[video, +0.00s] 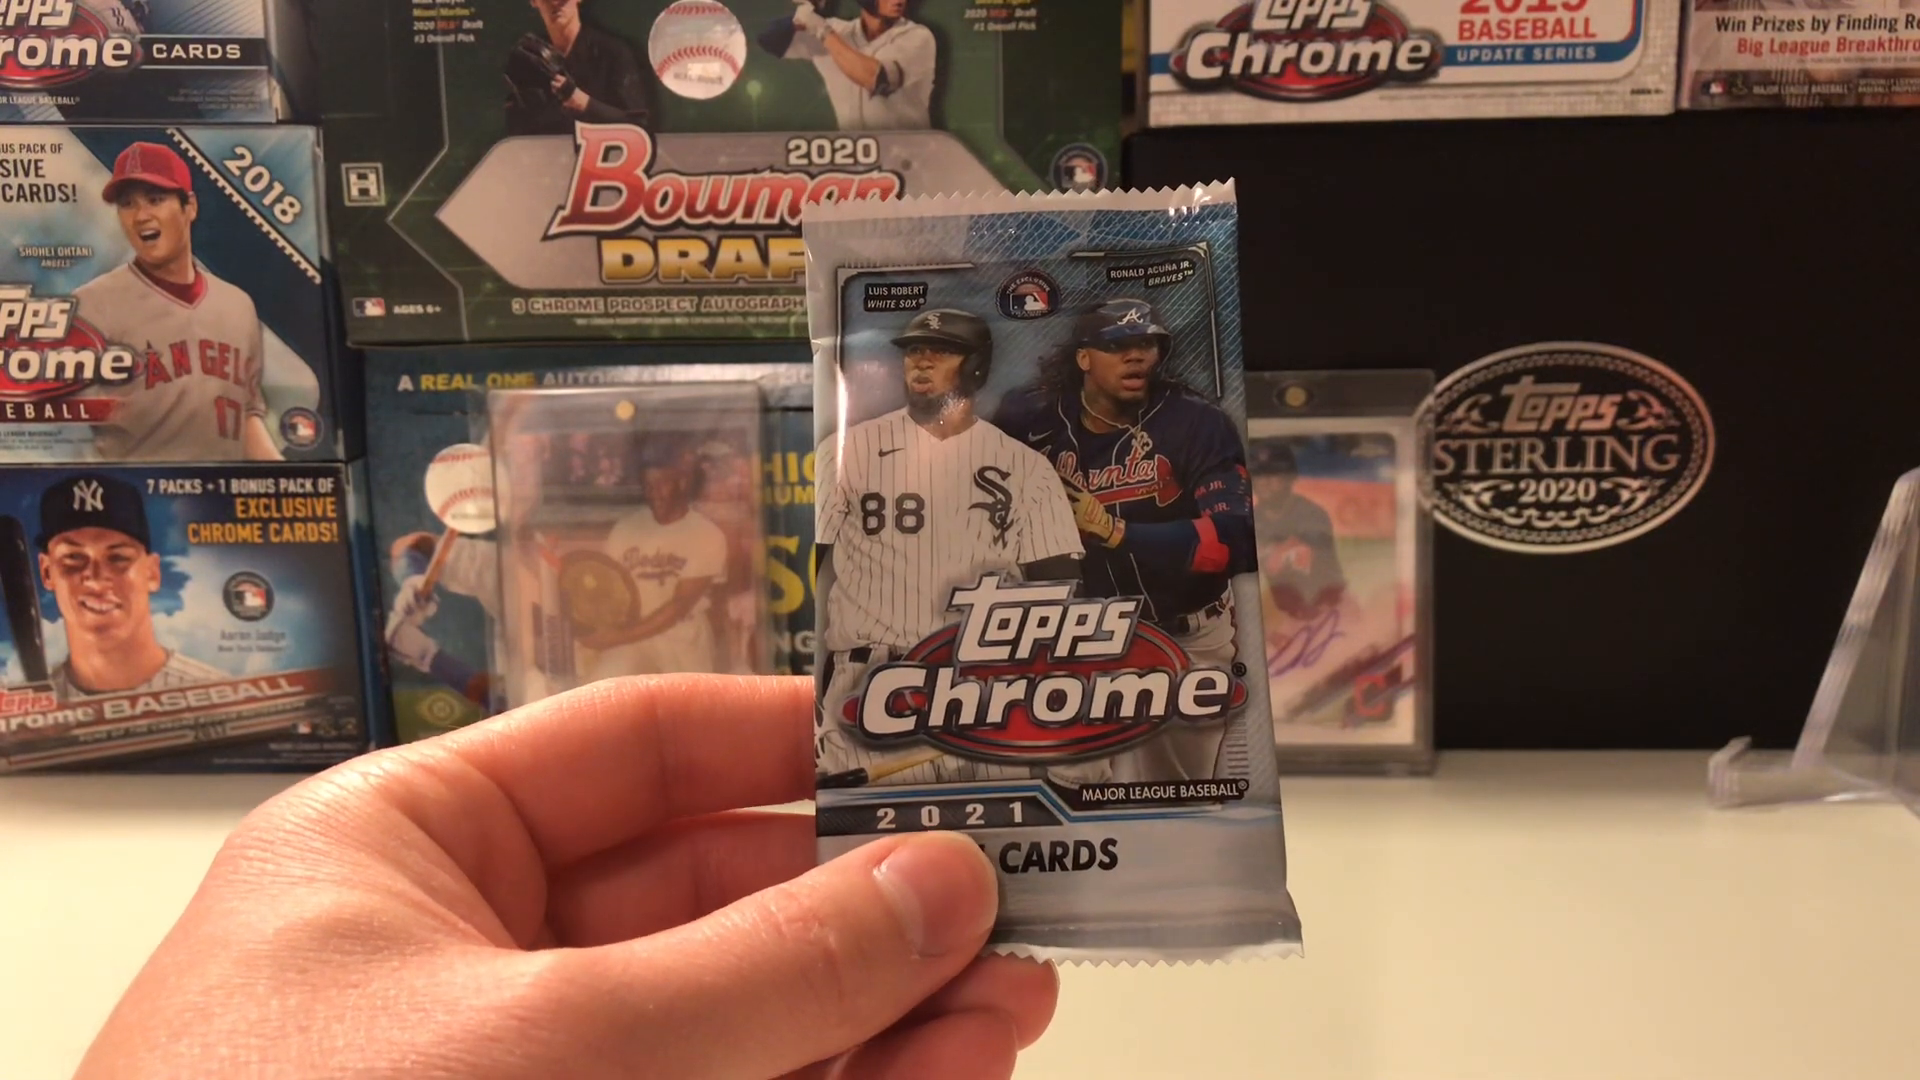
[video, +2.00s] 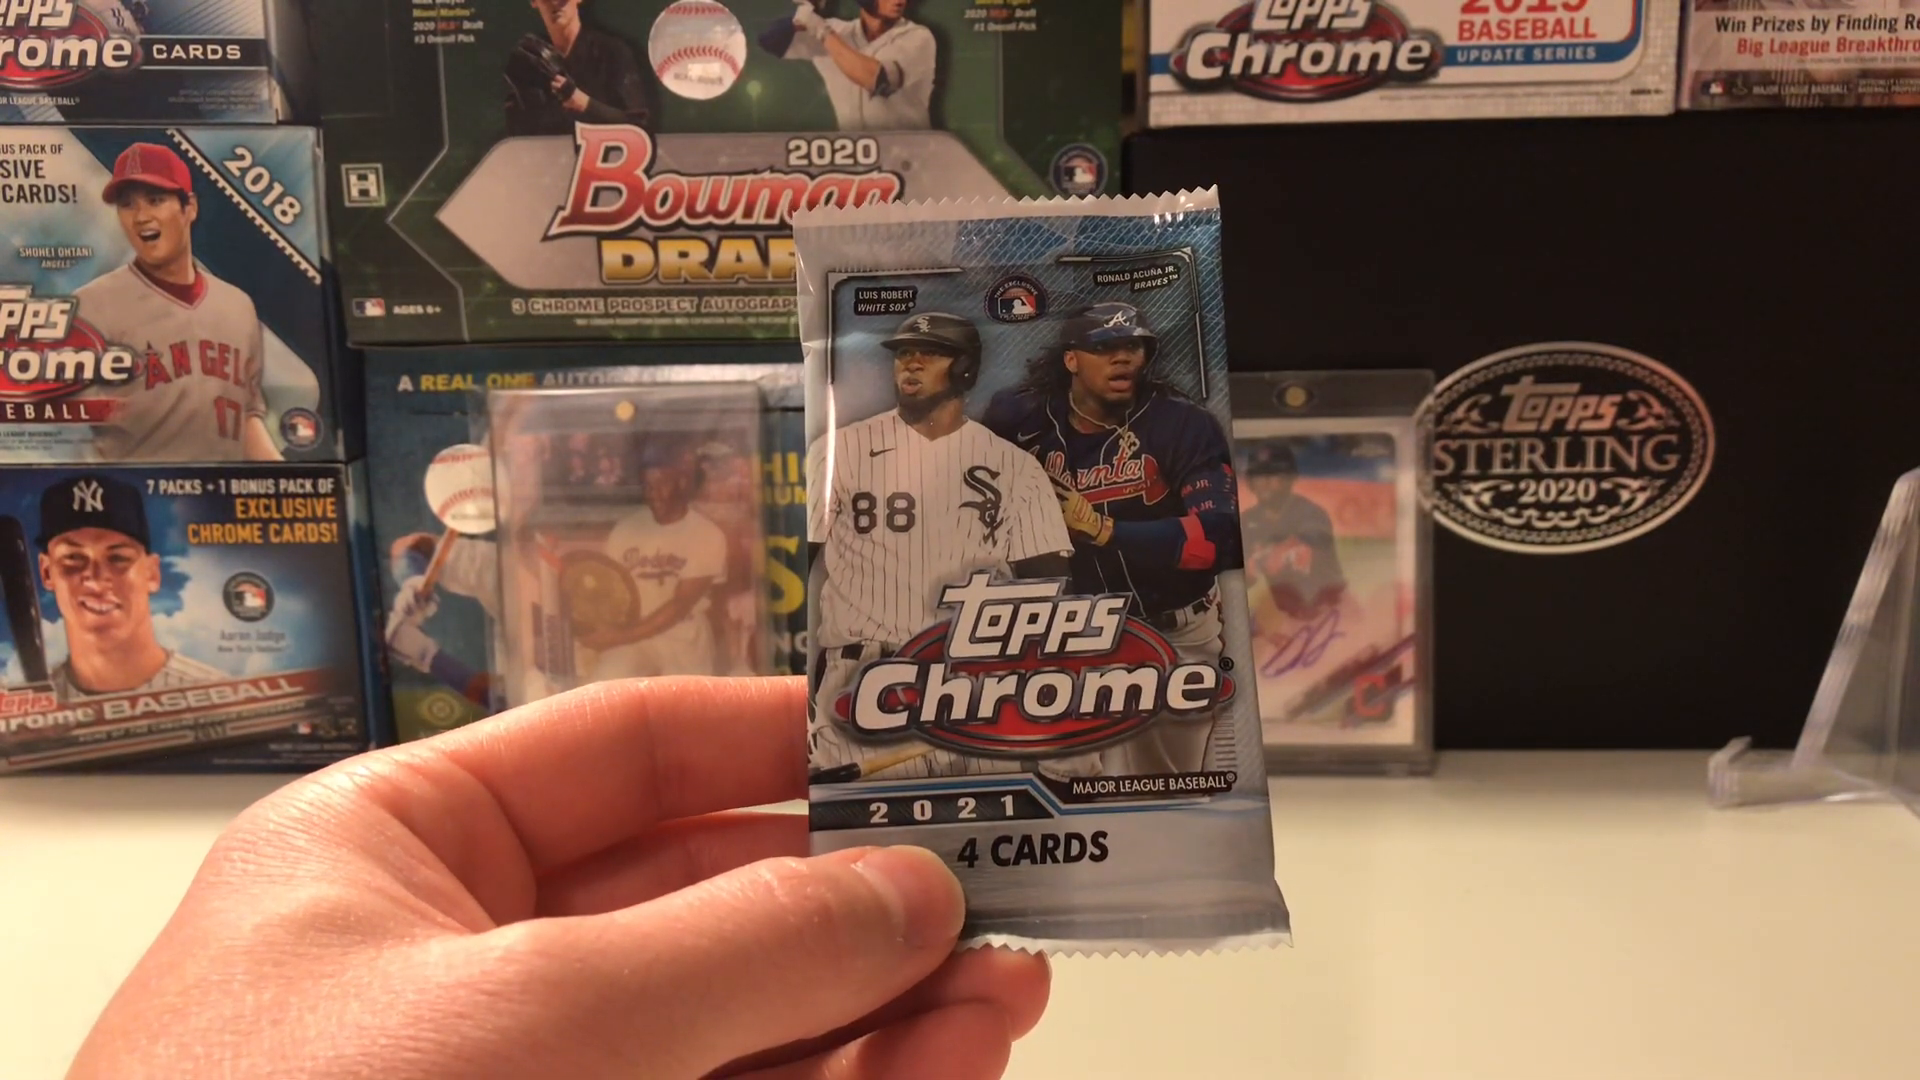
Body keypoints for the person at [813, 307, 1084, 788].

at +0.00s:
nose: (921, 363)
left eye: (938, 351)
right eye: (913, 350)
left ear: (973, 366)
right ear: (902, 361)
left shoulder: (1026, 470)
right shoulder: (848, 453)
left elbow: (1056, 592)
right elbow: (813, 577)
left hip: (980, 699)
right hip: (861, 696)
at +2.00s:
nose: (910, 365)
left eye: (927, 354)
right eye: (903, 353)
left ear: (963, 369)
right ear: (893, 363)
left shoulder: (1015, 470)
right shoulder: (837, 454)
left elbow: (1047, 590)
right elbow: (794, 570)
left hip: (971, 694)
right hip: (853, 691)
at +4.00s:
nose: (968, 373)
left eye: (986, 363)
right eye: (961, 362)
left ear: (1020, 378)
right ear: (951, 372)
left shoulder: (1076, 481)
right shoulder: (892, 465)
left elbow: (1110, 603)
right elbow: (849, 586)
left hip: (1033, 710)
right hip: (912, 709)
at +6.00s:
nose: (1044, 357)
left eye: (1063, 343)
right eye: (1035, 345)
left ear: (1102, 353)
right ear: (1023, 355)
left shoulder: (1168, 462)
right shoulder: (980, 462)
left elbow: (1210, 591)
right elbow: (972, 593)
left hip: (1142, 732)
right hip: (1022, 738)